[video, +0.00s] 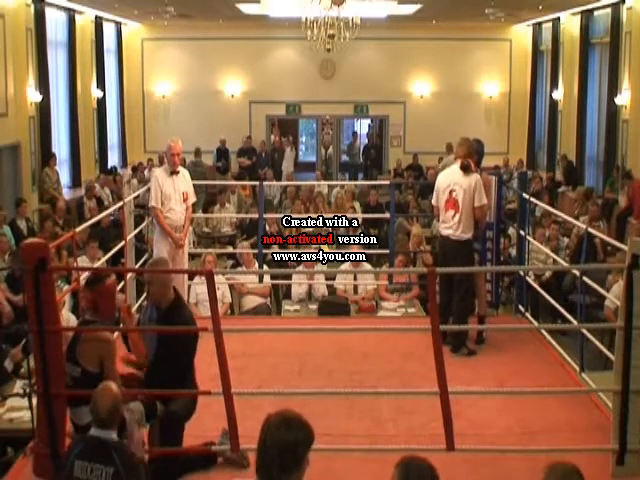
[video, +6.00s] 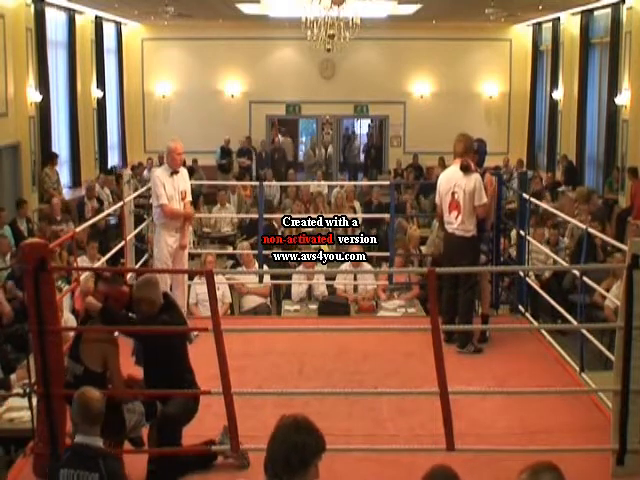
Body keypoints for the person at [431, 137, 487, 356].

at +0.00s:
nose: (473, 159)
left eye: (467, 154)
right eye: (473, 156)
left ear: (456, 154)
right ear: (472, 155)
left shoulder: (442, 175)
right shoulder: (474, 178)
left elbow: (436, 207)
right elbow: (480, 211)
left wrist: (444, 222)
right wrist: (478, 228)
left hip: (443, 238)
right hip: (463, 240)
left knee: (446, 286)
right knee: (463, 290)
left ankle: (443, 329)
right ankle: (459, 339)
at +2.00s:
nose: (471, 156)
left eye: (467, 152)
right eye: (470, 153)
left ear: (452, 153)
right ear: (469, 154)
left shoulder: (442, 177)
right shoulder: (470, 178)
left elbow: (437, 211)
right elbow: (478, 210)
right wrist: (474, 177)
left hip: (446, 237)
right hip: (464, 238)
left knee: (446, 286)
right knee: (463, 288)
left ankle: (444, 330)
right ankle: (459, 339)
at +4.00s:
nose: (464, 156)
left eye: (457, 151)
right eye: (465, 152)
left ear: (449, 153)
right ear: (466, 152)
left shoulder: (442, 179)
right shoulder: (472, 178)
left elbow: (439, 213)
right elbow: (482, 209)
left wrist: (451, 220)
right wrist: (493, 193)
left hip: (450, 235)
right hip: (469, 236)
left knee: (449, 283)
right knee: (468, 285)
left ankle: (448, 328)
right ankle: (466, 337)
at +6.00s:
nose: (473, 155)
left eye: (471, 152)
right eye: (473, 152)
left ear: (454, 152)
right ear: (472, 153)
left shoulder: (443, 176)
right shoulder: (474, 178)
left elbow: (439, 210)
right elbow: (482, 211)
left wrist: (446, 227)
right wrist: (489, 192)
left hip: (449, 236)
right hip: (468, 237)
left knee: (449, 282)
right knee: (467, 285)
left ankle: (448, 327)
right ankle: (464, 336)